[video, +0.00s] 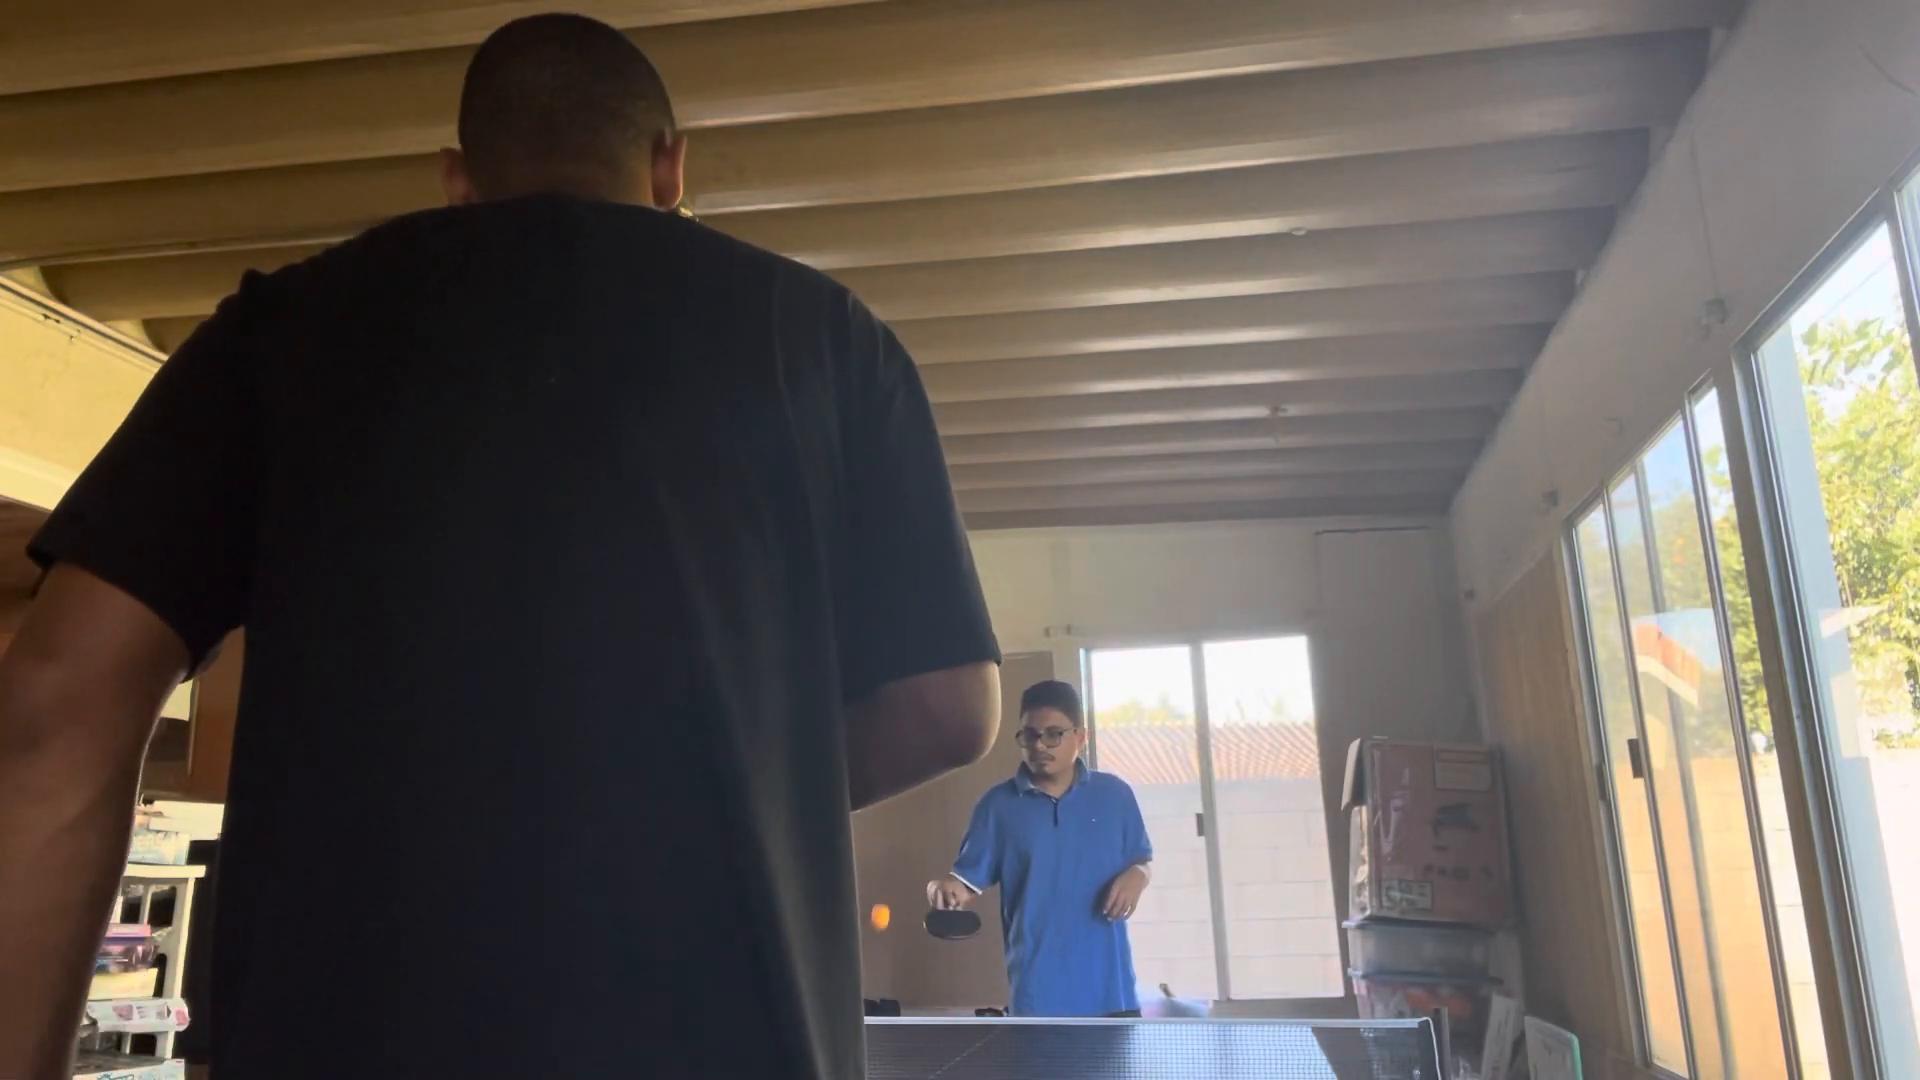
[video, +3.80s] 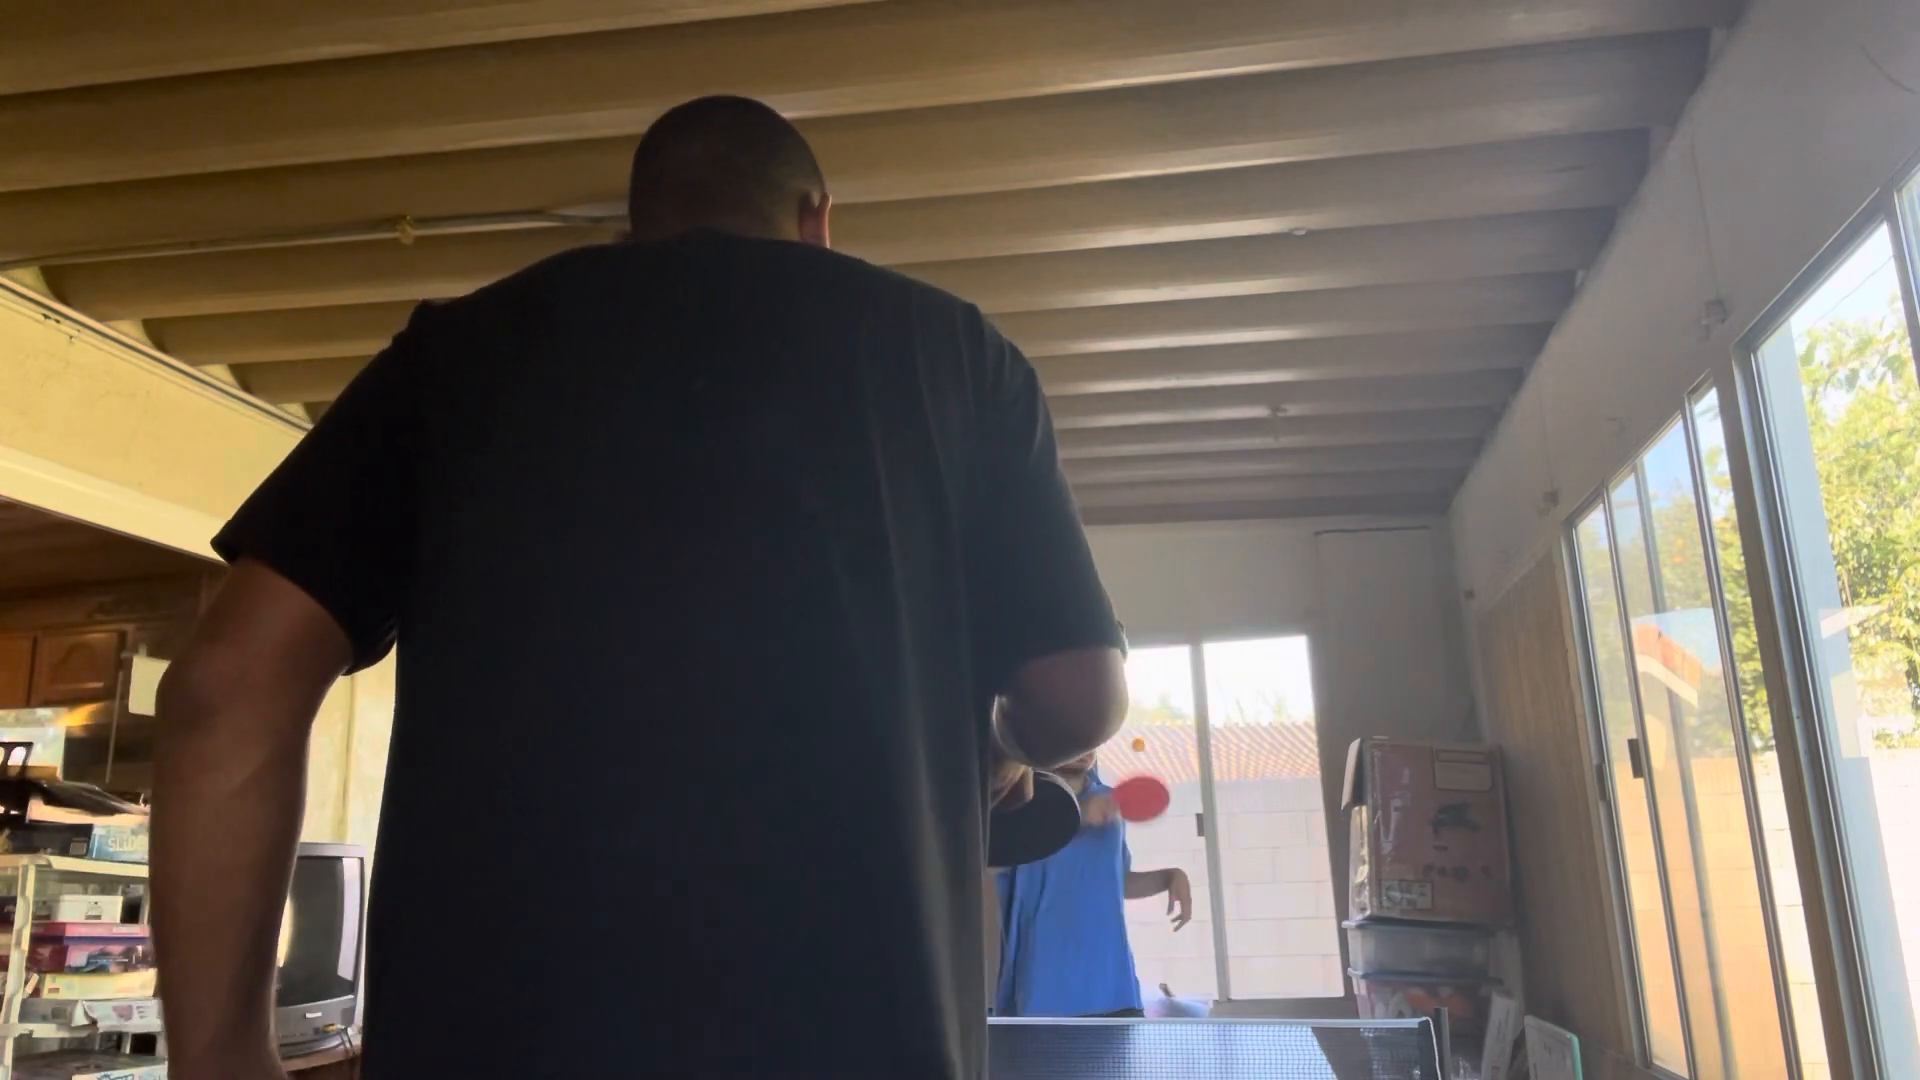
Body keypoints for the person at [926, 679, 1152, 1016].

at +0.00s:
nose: (1041, 746)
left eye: (1054, 734)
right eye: (1031, 735)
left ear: (1080, 738)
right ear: (1019, 738)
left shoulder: (1114, 794)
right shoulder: (999, 805)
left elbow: (1140, 861)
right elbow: (969, 879)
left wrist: (1136, 877)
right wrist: (947, 889)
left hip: (1109, 988)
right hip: (1037, 993)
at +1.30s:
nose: (1045, 746)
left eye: (1057, 734)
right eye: (1032, 736)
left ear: (1079, 736)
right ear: (1019, 738)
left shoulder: (1102, 801)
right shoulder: (996, 794)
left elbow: (1118, 879)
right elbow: (959, 877)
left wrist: (1137, 878)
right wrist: (986, 868)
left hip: (1100, 994)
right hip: (1023, 997)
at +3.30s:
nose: (1069, 746)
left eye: (1078, 737)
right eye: (1058, 736)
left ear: (1091, 742)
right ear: (1029, 736)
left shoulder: (1110, 800)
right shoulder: (1011, 796)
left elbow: (1124, 875)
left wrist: (1145, 878)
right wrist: (1036, 859)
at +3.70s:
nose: (1084, 755)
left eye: (1091, 744)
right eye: (1071, 744)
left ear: (1098, 746)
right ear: (1042, 746)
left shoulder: (1108, 801)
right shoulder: (1019, 799)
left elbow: (1114, 884)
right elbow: (985, 876)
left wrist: (1168, 878)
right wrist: (1071, 853)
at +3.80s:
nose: (1084, 746)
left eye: (1091, 736)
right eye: (1070, 736)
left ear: (1100, 739)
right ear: (1038, 737)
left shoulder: (1105, 801)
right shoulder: (1013, 800)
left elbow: (1118, 882)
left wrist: (1169, 876)